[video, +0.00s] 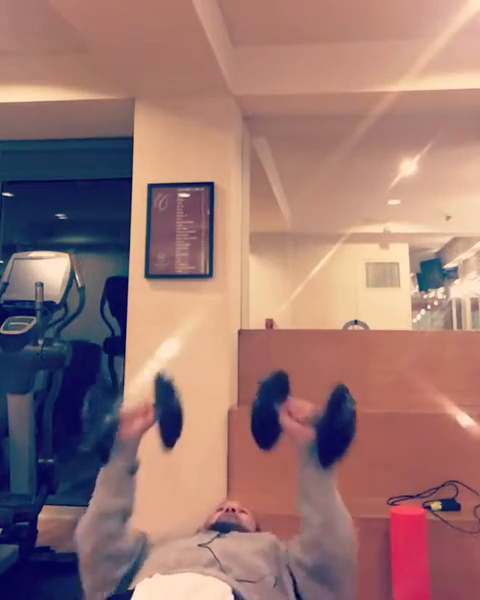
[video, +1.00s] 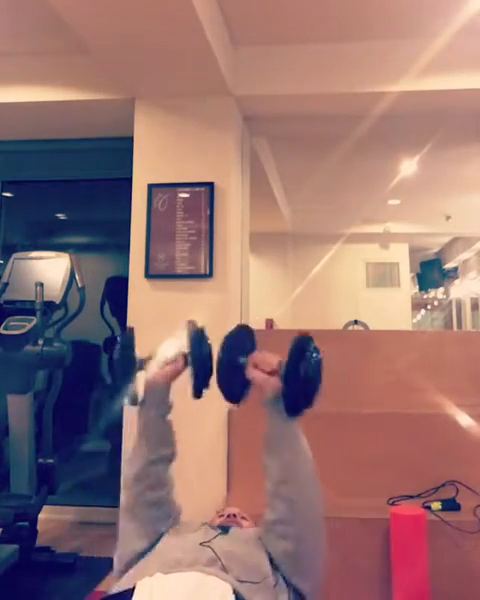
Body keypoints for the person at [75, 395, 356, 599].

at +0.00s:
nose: (230, 509)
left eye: (240, 511)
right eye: (222, 509)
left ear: (258, 529)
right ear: (203, 525)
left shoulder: (284, 558)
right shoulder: (157, 552)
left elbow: (332, 551)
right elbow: (98, 542)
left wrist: (310, 450)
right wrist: (124, 447)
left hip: (227, 590)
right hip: (153, 587)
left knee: (203, 590)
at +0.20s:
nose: (231, 504)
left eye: (243, 506)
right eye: (222, 504)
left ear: (260, 529)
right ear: (204, 524)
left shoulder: (275, 556)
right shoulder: (163, 550)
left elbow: (329, 594)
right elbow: (92, 592)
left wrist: (326, 531)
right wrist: (107, 523)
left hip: (220, 589)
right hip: (151, 588)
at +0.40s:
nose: (233, 500)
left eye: (244, 501)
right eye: (224, 499)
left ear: (259, 522)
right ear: (207, 518)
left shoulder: (271, 551)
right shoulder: (165, 548)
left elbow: (304, 597)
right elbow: (110, 596)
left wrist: (314, 570)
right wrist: (110, 556)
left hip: (218, 588)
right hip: (150, 586)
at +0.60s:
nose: (229, 506)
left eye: (240, 507)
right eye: (220, 505)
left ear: (257, 529)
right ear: (201, 524)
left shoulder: (272, 553)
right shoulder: (160, 549)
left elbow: (334, 596)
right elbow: (81, 591)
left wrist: (320, 518)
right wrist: (113, 495)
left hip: (223, 590)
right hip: (146, 587)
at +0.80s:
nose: (229, 513)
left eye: (240, 516)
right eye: (220, 513)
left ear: (258, 534)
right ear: (203, 528)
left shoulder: (277, 555)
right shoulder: (148, 549)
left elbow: (325, 526)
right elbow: (108, 511)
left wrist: (298, 428)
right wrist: (133, 420)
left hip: (223, 589)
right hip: (153, 587)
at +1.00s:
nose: (230, 514)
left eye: (242, 517)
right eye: (222, 514)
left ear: (258, 531)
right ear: (207, 523)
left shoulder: (281, 565)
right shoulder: (151, 546)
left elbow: (295, 496)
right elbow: (145, 474)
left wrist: (277, 403)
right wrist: (155, 388)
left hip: (223, 589)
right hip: (145, 586)